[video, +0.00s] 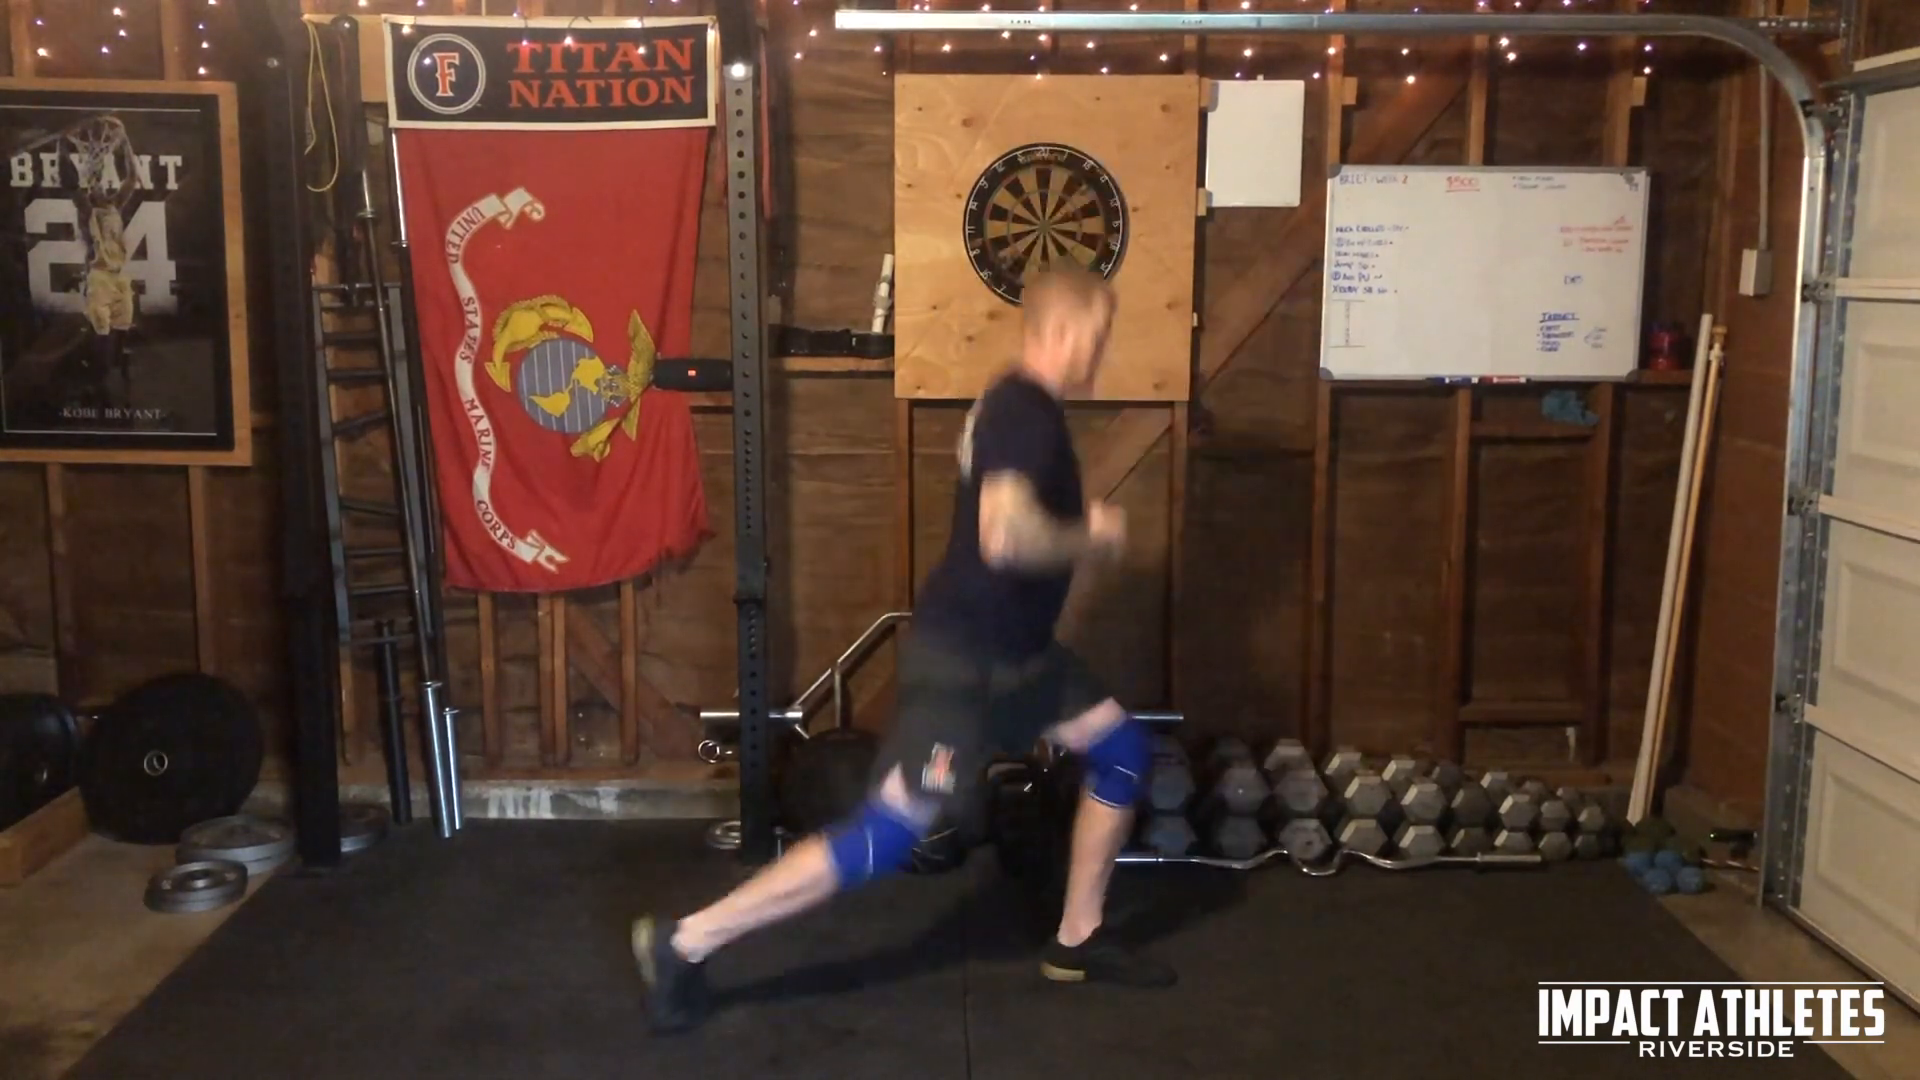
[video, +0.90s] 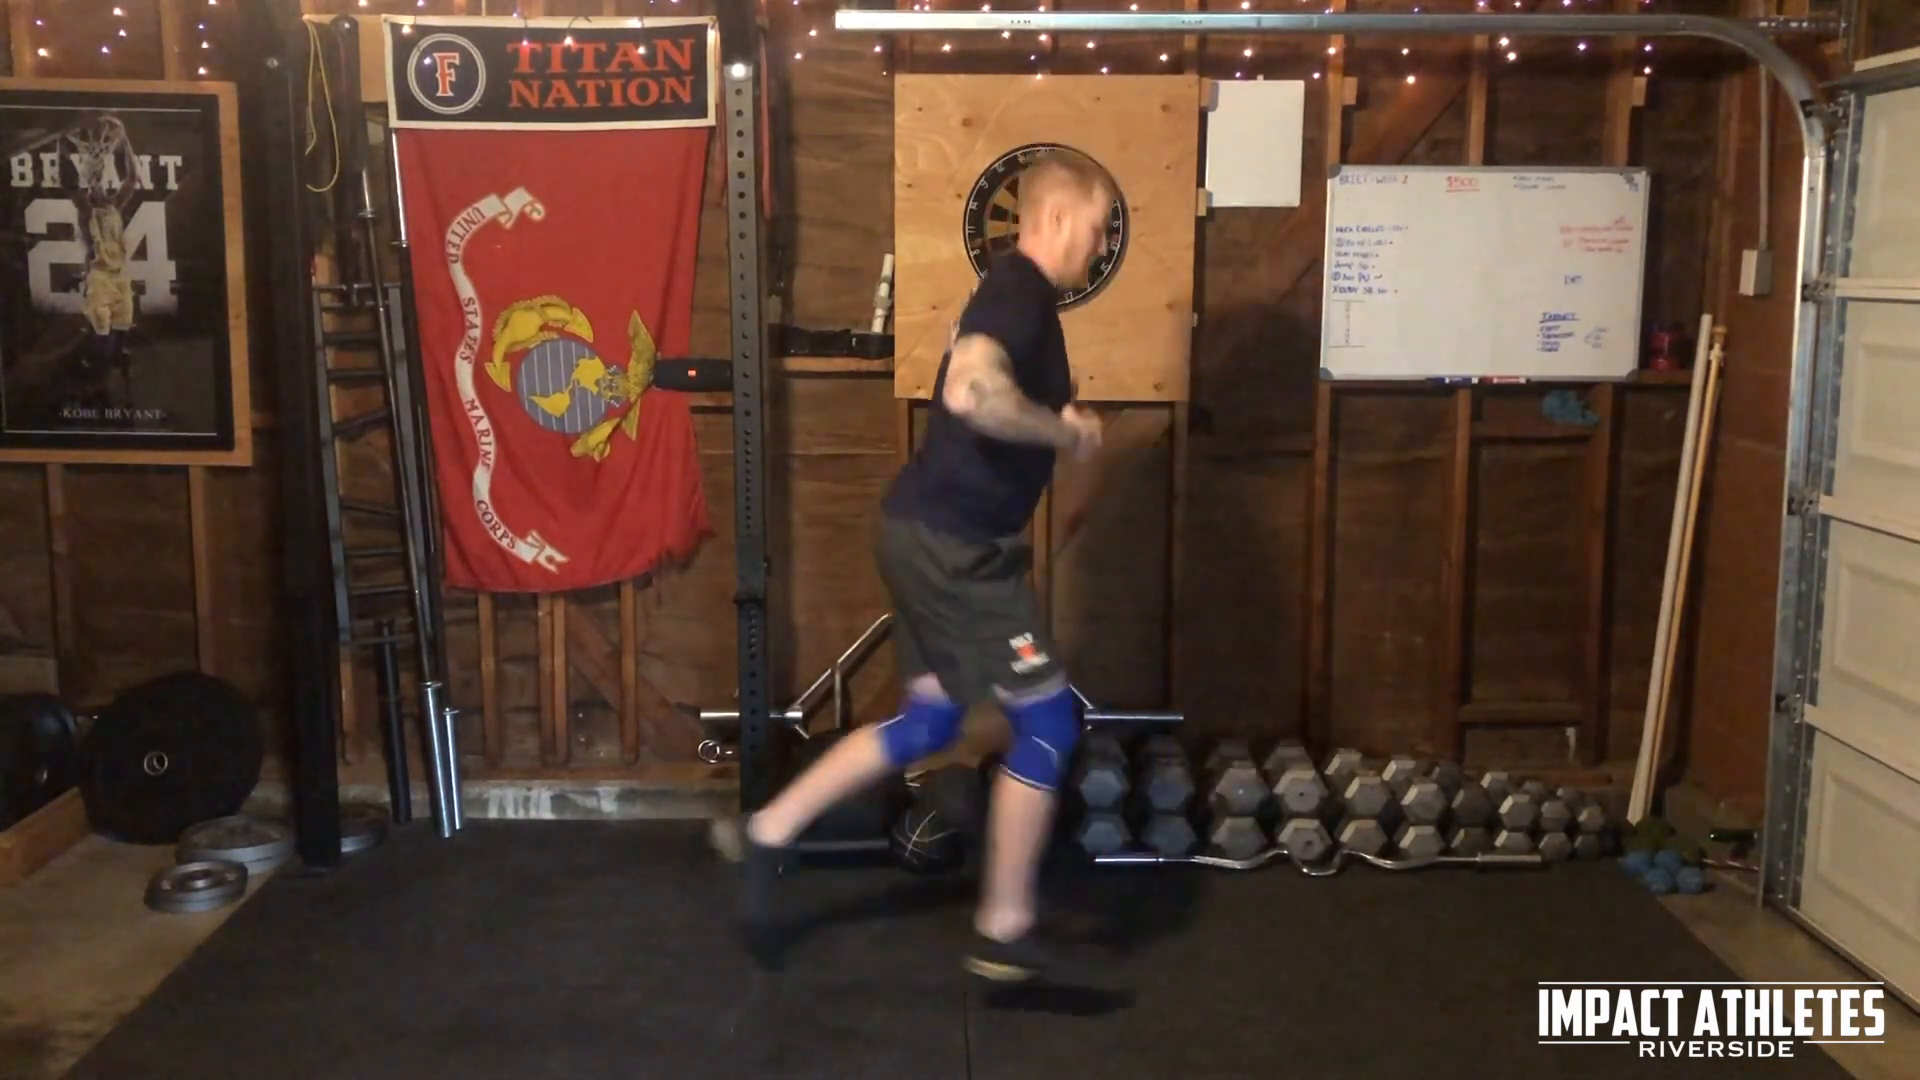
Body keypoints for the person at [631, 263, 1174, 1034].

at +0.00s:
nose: (1102, 349)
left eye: (1104, 334)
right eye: (1096, 333)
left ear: (1054, 329)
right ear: (1057, 330)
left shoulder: (1035, 409)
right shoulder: (1020, 409)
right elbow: (1005, 537)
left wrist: (1081, 539)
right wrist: (1090, 535)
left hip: (1020, 655)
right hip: (959, 657)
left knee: (1122, 751)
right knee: (890, 831)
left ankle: (1079, 937)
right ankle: (682, 942)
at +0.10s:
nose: (1102, 431)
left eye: (1103, 416)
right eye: (1096, 414)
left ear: (1046, 416)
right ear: (1052, 417)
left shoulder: (1018, 489)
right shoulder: (1019, 495)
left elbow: (1011, 607)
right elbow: (990, 626)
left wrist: (1076, 632)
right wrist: (1079, 646)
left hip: (1019, 711)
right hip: (953, 731)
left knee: (1146, 766)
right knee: (887, 929)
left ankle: (1079, 939)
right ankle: (669, 946)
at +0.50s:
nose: (1079, 411)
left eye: (1078, 395)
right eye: (1072, 395)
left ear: (1021, 399)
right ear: (1027, 399)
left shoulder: (1024, 475)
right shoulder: (1003, 481)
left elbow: (962, 542)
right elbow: (984, 598)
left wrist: (1060, 565)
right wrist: (1073, 588)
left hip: (1015, 698)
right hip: (947, 717)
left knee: (1136, 756)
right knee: (882, 902)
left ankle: (1080, 934)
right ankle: (663, 944)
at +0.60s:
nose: (1079, 317)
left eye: (1080, 300)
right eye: (1070, 300)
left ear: (1039, 303)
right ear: (1030, 300)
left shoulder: (1028, 384)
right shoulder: (1002, 378)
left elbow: (1012, 488)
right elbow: (993, 488)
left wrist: (1068, 476)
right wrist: (1076, 480)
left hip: (1009, 628)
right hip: (949, 627)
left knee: (1093, 739)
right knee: (894, 804)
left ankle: (1081, 929)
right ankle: (702, 935)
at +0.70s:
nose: (1097, 245)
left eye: (1099, 229)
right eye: (1090, 226)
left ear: (1042, 226)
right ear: (1043, 221)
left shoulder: (1031, 304)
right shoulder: (1009, 295)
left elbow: (999, 406)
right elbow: (987, 405)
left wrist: (1059, 411)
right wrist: (1070, 416)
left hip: (995, 548)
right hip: (949, 546)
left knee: (1034, 713)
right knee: (944, 741)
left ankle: (1009, 892)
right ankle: (777, 896)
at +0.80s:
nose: (1102, 222)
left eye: (1105, 205)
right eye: (1098, 203)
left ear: (1040, 193)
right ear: (1055, 192)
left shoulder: (1016, 267)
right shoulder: (1020, 264)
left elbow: (978, 372)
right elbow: (975, 370)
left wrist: (1050, 391)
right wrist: (1065, 401)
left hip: (951, 510)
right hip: (951, 515)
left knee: (969, 694)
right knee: (1000, 711)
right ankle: (890, 899)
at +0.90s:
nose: (1101, 248)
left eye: (1105, 230)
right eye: (1098, 228)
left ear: (1039, 219)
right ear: (1057, 219)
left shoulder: (1016, 287)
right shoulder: (1015, 287)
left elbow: (973, 390)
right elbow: (969, 390)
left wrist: (1055, 418)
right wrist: (1060, 428)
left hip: (927, 531)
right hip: (954, 541)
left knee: (928, 722)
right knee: (1047, 722)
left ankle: (764, 832)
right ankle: (1004, 927)